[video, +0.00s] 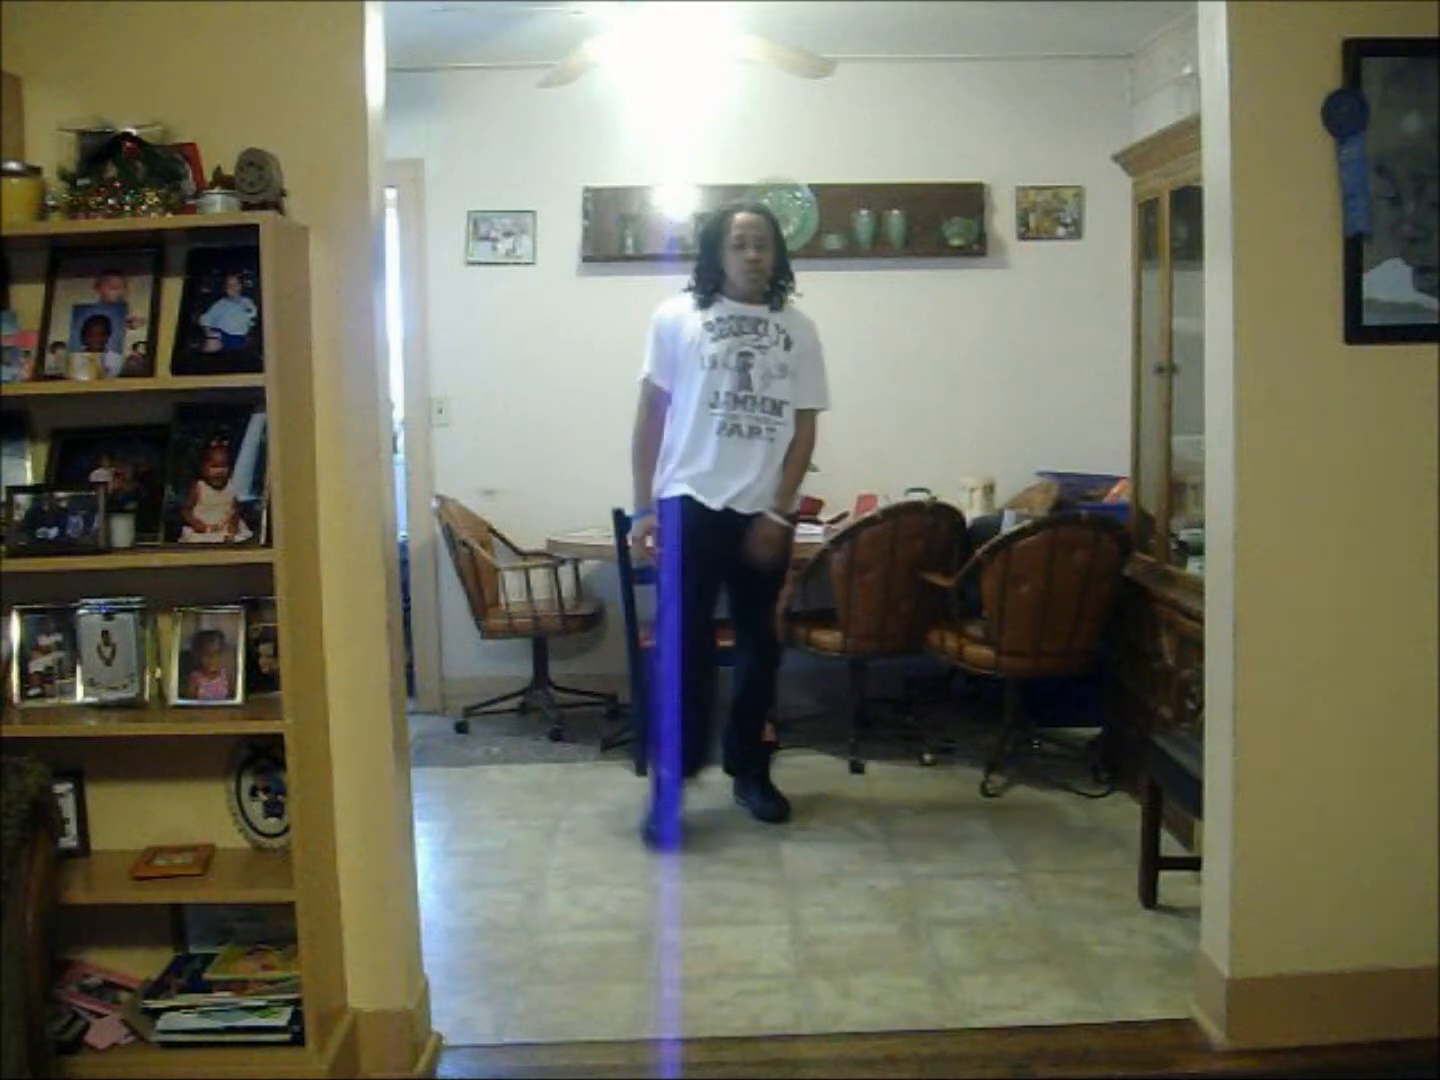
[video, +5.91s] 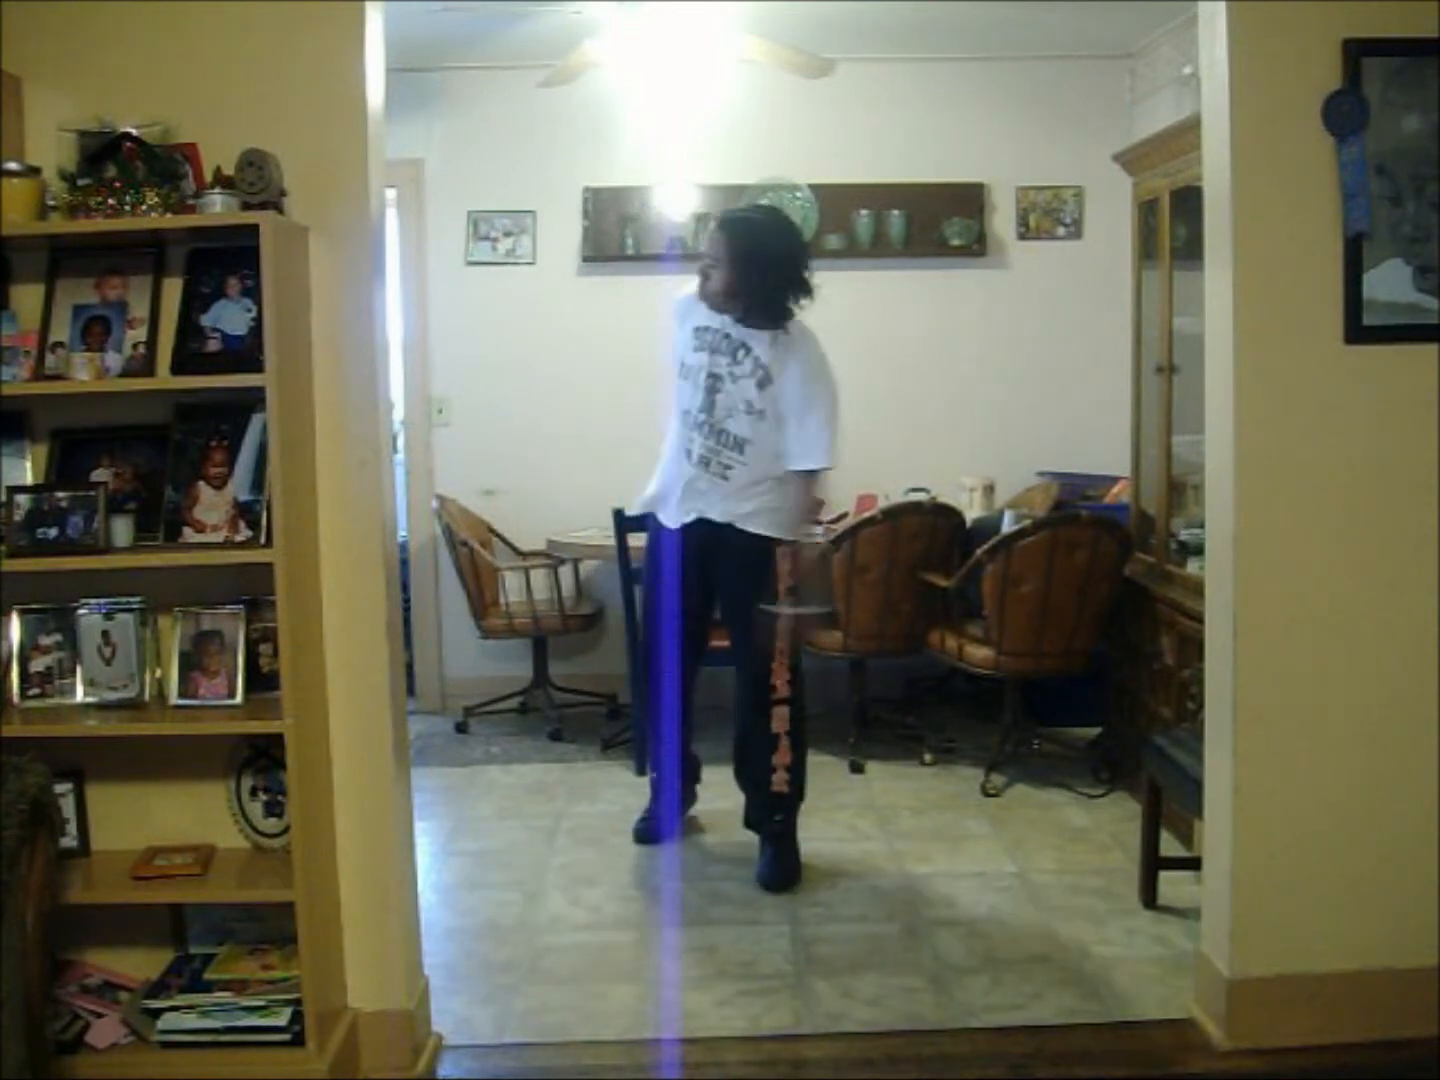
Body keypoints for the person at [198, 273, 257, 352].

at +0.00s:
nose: (232, 289)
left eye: (235, 285)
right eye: (229, 286)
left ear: (240, 286)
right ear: (225, 287)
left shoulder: (247, 303)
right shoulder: (222, 303)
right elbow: (204, 320)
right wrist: (210, 335)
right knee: (211, 342)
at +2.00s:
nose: (232, 288)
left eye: (235, 285)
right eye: (229, 285)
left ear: (240, 287)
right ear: (225, 287)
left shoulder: (247, 303)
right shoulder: (222, 304)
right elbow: (205, 320)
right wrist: (210, 334)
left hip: (243, 338)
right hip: (224, 337)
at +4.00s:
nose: (232, 288)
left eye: (235, 285)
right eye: (229, 285)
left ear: (240, 287)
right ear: (225, 287)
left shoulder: (247, 303)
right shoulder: (221, 304)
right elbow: (205, 320)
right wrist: (210, 335)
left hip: (243, 338)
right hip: (224, 338)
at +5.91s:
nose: (233, 289)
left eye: (236, 285)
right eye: (230, 286)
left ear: (240, 287)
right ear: (225, 288)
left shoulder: (247, 303)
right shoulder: (221, 304)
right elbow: (206, 320)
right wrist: (210, 335)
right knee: (212, 342)